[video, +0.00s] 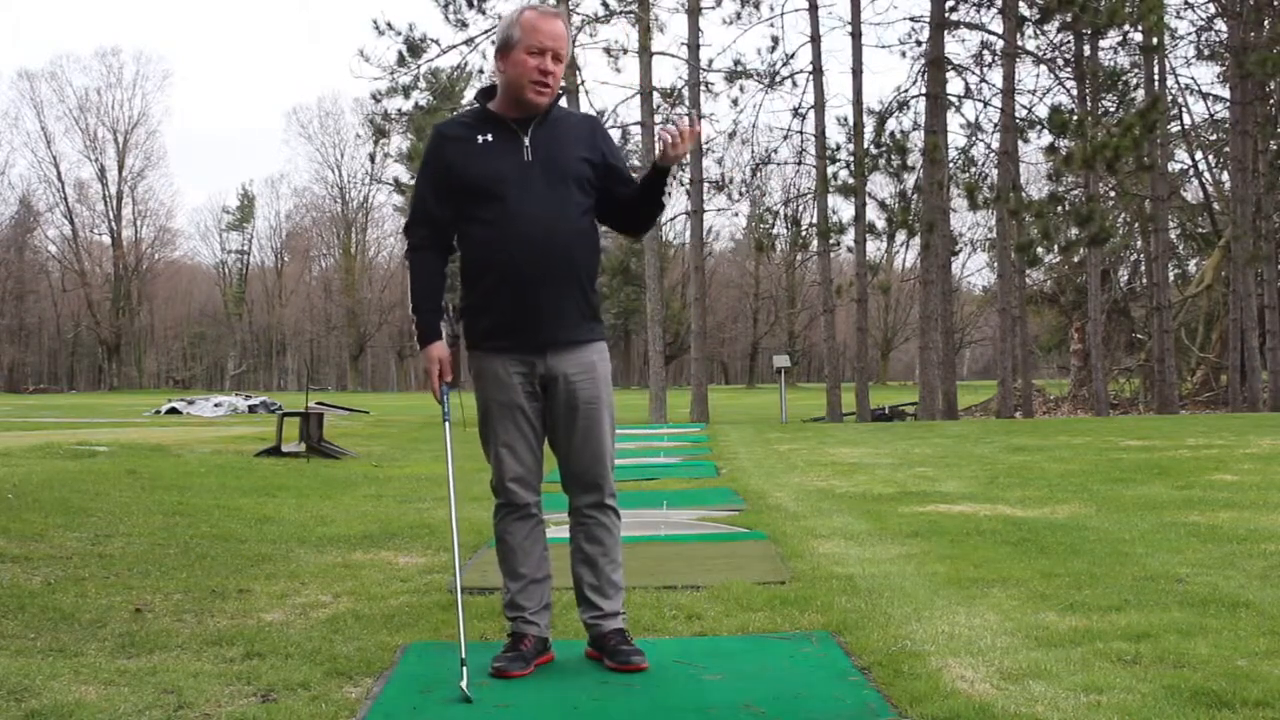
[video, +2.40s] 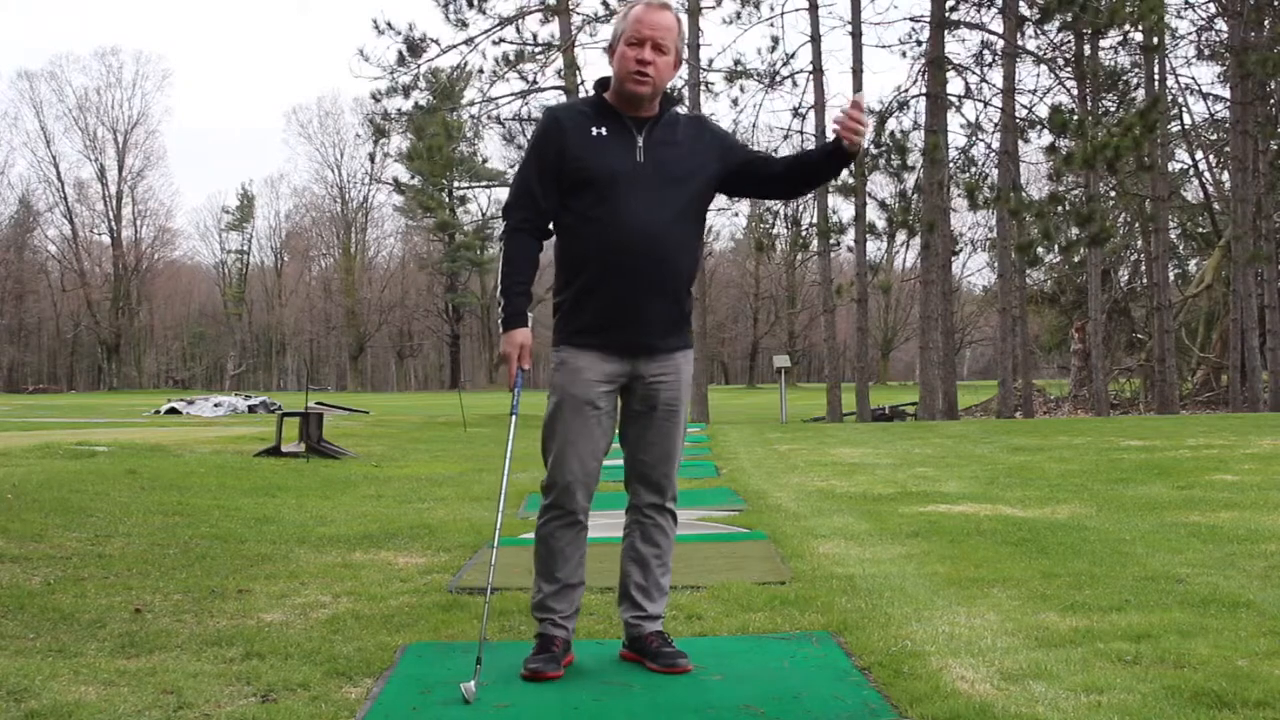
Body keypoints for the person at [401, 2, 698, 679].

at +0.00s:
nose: (549, 69)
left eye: (559, 59)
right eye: (537, 54)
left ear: (566, 68)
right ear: (501, 57)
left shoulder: (585, 135)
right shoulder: (454, 139)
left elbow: (631, 218)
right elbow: (427, 239)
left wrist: (660, 166)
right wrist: (430, 333)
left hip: (578, 341)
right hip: (497, 346)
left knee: (594, 493)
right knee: (515, 496)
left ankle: (608, 627)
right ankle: (527, 631)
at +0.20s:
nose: (544, 68)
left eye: (554, 58)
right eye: (531, 55)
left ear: (563, 66)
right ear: (496, 59)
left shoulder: (582, 132)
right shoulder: (451, 141)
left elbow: (622, 206)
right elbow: (426, 246)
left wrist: (637, 240)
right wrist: (430, 339)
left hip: (577, 341)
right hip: (494, 346)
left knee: (594, 493)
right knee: (514, 496)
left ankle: (608, 628)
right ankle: (527, 631)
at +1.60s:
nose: (554, 59)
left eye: (567, 50)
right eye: (542, 46)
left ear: (581, 65)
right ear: (515, 54)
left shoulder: (607, 135)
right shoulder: (471, 137)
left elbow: (680, 191)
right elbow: (438, 237)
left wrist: (660, 154)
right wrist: (443, 334)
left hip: (595, 341)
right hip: (513, 346)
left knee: (620, 489)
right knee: (523, 495)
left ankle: (643, 629)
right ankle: (529, 632)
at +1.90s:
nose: (597, 57)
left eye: (611, 50)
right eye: (587, 43)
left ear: (623, 66)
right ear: (559, 50)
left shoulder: (649, 137)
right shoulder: (510, 132)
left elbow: (720, 181)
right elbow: (473, 234)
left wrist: (741, 140)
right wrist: (476, 328)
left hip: (629, 344)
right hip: (545, 345)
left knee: (636, 494)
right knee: (539, 495)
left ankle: (644, 628)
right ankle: (530, 630)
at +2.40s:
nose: (643, 56)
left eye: (658, 48)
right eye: (634, 44)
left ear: (676, 65)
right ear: (611, 53)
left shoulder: (701, 140)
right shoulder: (564, 129)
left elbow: (776, 179)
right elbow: (523, 227)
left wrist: (840, 149)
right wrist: (515, 319)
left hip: (666, 347)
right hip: (583, 343)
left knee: (655, 496)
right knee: (566, 494)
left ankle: (645, 629)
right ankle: (553, 632)